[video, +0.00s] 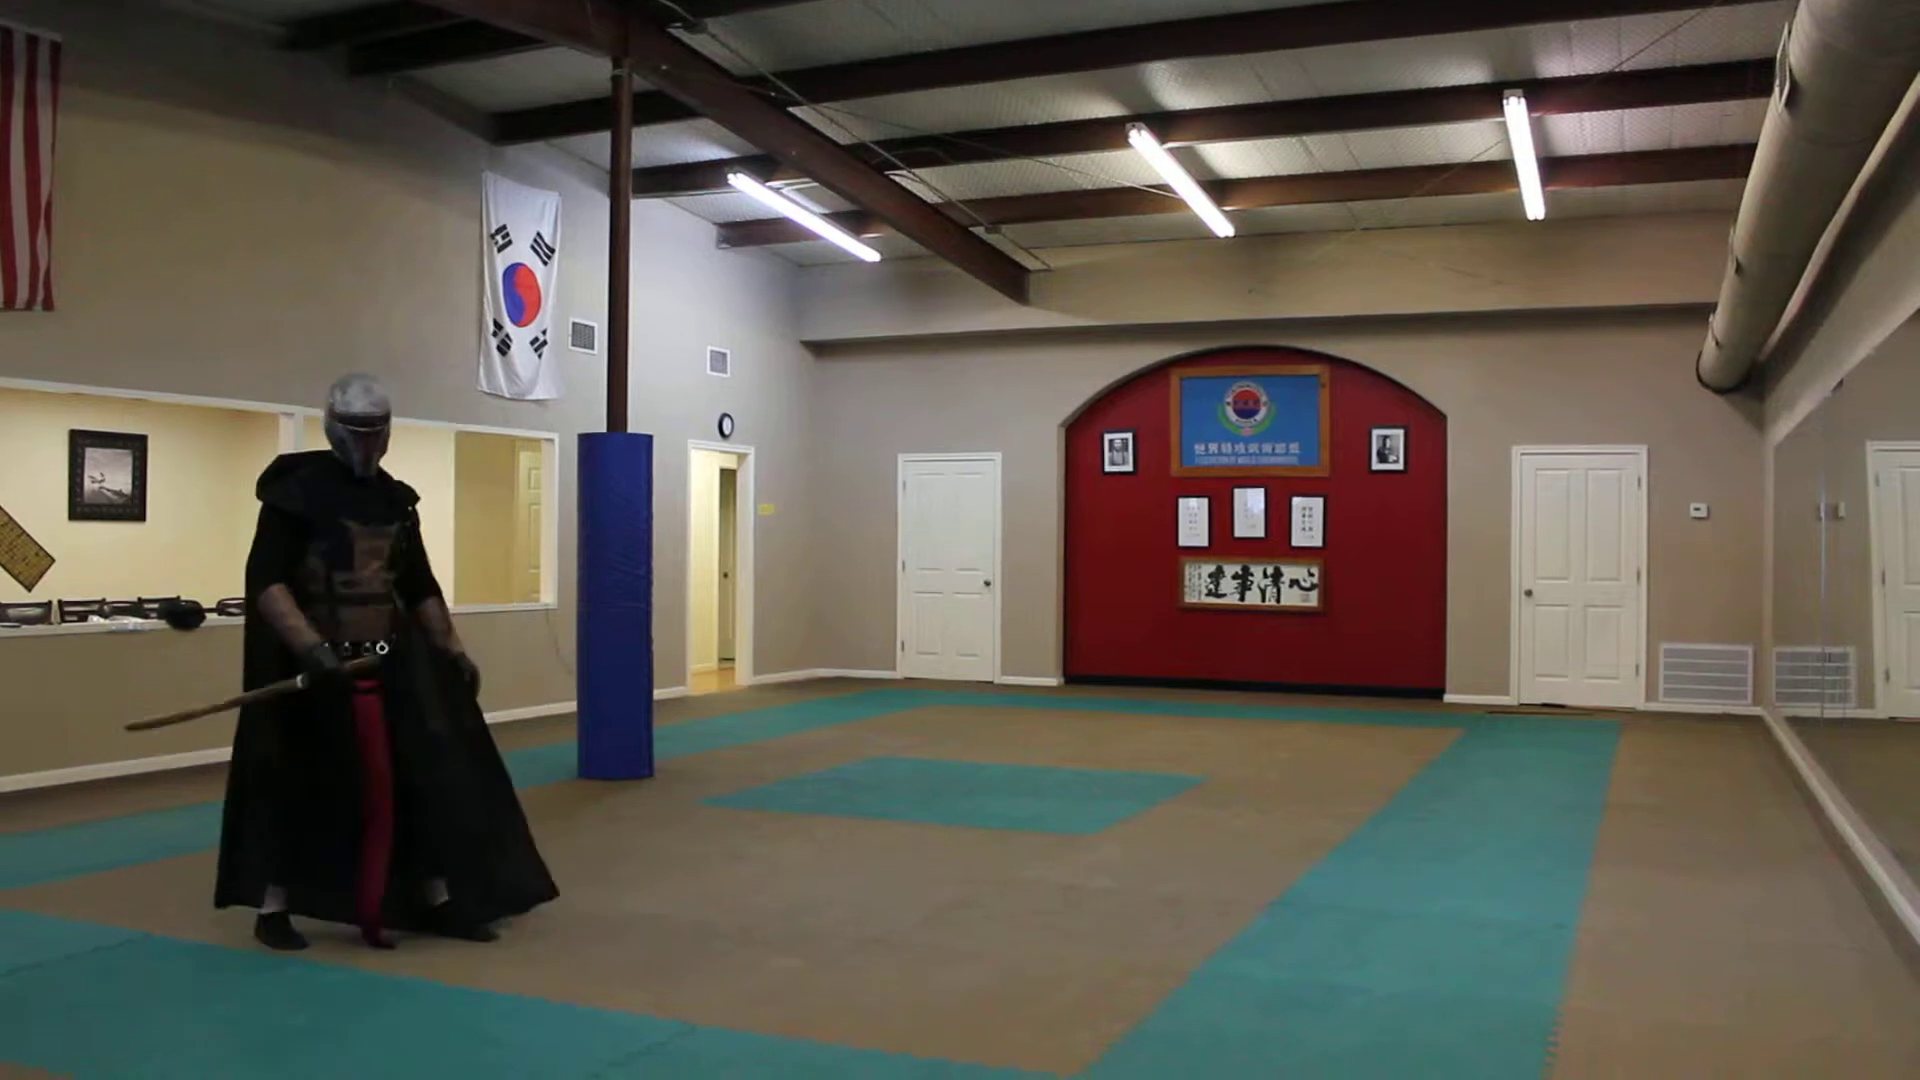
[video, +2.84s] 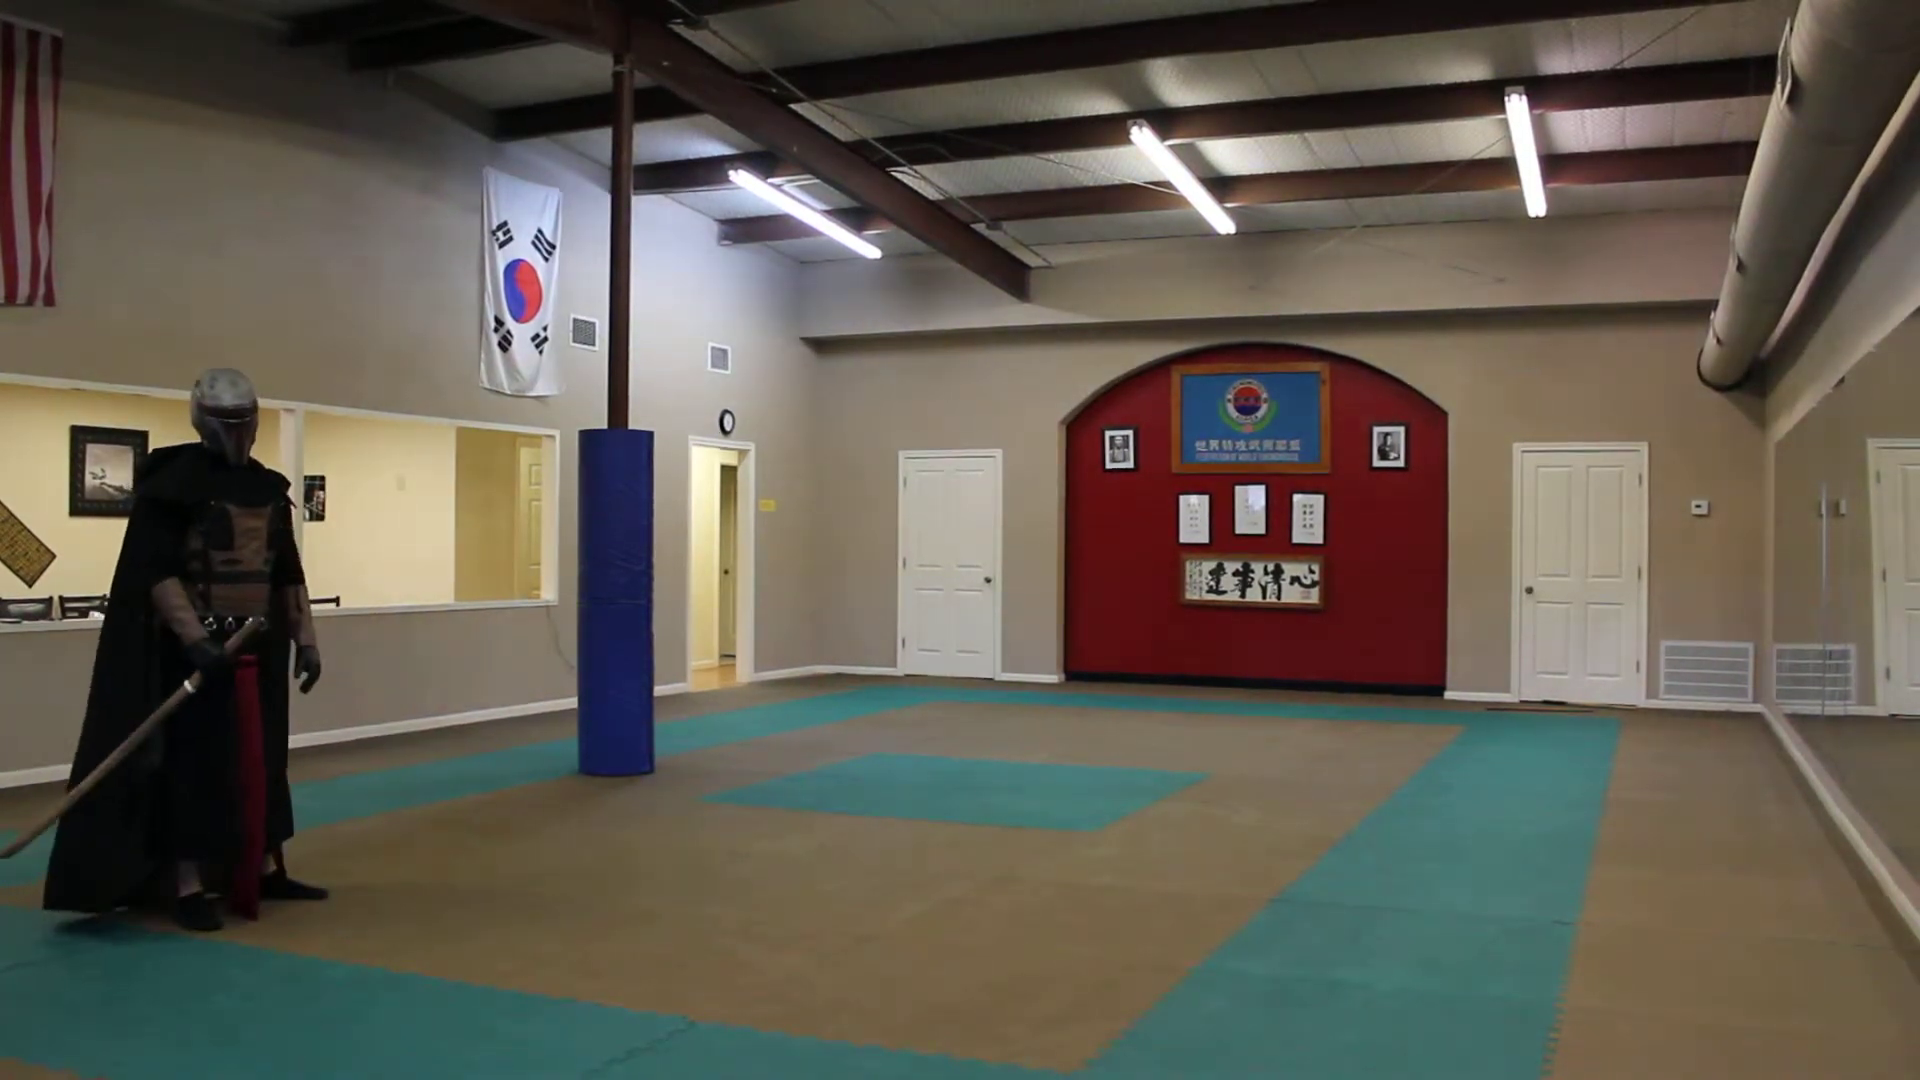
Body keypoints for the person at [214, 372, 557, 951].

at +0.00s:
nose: (366, 441)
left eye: (377, 429)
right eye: (354, 428)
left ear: (390, 430)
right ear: (330, 427)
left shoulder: (395, 500)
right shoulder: (297, 486)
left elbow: (419, 585)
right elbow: (264, 578)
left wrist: (453, 649)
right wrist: (310, 647)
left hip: (390, 665)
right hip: (311, 665)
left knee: (423, 775)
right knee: (293, 782)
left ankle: (434, 898)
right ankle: (273, 908)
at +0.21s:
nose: (330, 432)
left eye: (338, 420)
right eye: (317, 421)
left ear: (349, 416)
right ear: (291, 418)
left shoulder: (363, 482)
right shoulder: (259, 479)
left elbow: (386, 567)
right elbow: (222, 576)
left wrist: (391, 638)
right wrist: (235, 658)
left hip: (354, 654)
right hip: (280, 656)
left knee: (383, 765)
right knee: (274, 779)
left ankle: (388, 881)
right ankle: (272, 905)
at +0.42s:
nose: (304, 426)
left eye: (313, 414)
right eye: (291, 416)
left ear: (326, 412)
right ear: (267, 416)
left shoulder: (349, 480)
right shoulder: (238, 474)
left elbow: (372, 564)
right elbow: (201, 563)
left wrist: (378, 639)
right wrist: (208, 643)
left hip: (332, 652)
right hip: (257, 651)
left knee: (327, 765)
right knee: (261, 769)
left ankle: (314, 880)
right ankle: (266, 897)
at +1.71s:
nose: (235, 431)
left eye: (244, 419)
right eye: (223, 420)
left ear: (257, 419)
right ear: (200, 420)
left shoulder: (270, 488)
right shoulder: (170, 473)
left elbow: (287, 565)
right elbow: (150, 564)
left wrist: (307, 626)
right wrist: (191, 634)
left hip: (253, 645)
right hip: (181, 644)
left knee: (260, 754)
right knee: (184, 758)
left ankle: (263, 871)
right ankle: (187, 885)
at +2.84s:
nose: (234, 431)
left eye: (243, 419)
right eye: (222, 420)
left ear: (257, 420)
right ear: (199, 420)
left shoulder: (268, 489)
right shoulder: (171, 477)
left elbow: (287, 570)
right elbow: (155, 568)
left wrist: (306, 637)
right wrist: (195, 636)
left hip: (255, 652)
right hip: (188, 650)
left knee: (261, 759)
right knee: (192, 764)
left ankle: (263, 870)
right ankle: (188, 884)